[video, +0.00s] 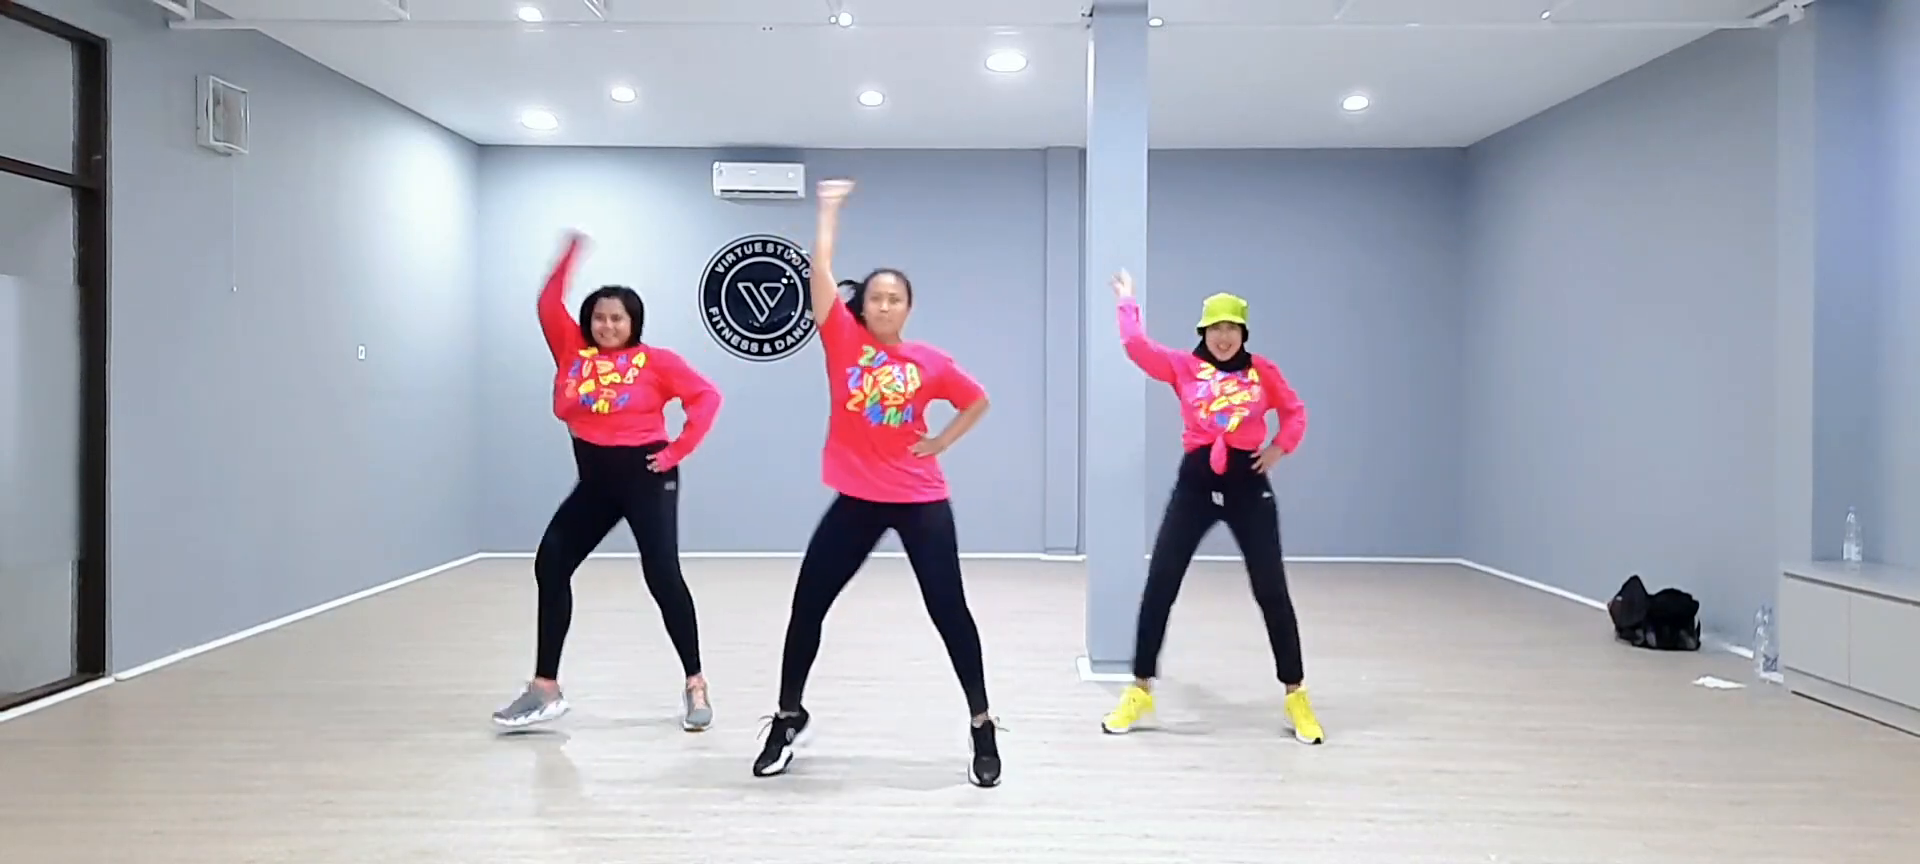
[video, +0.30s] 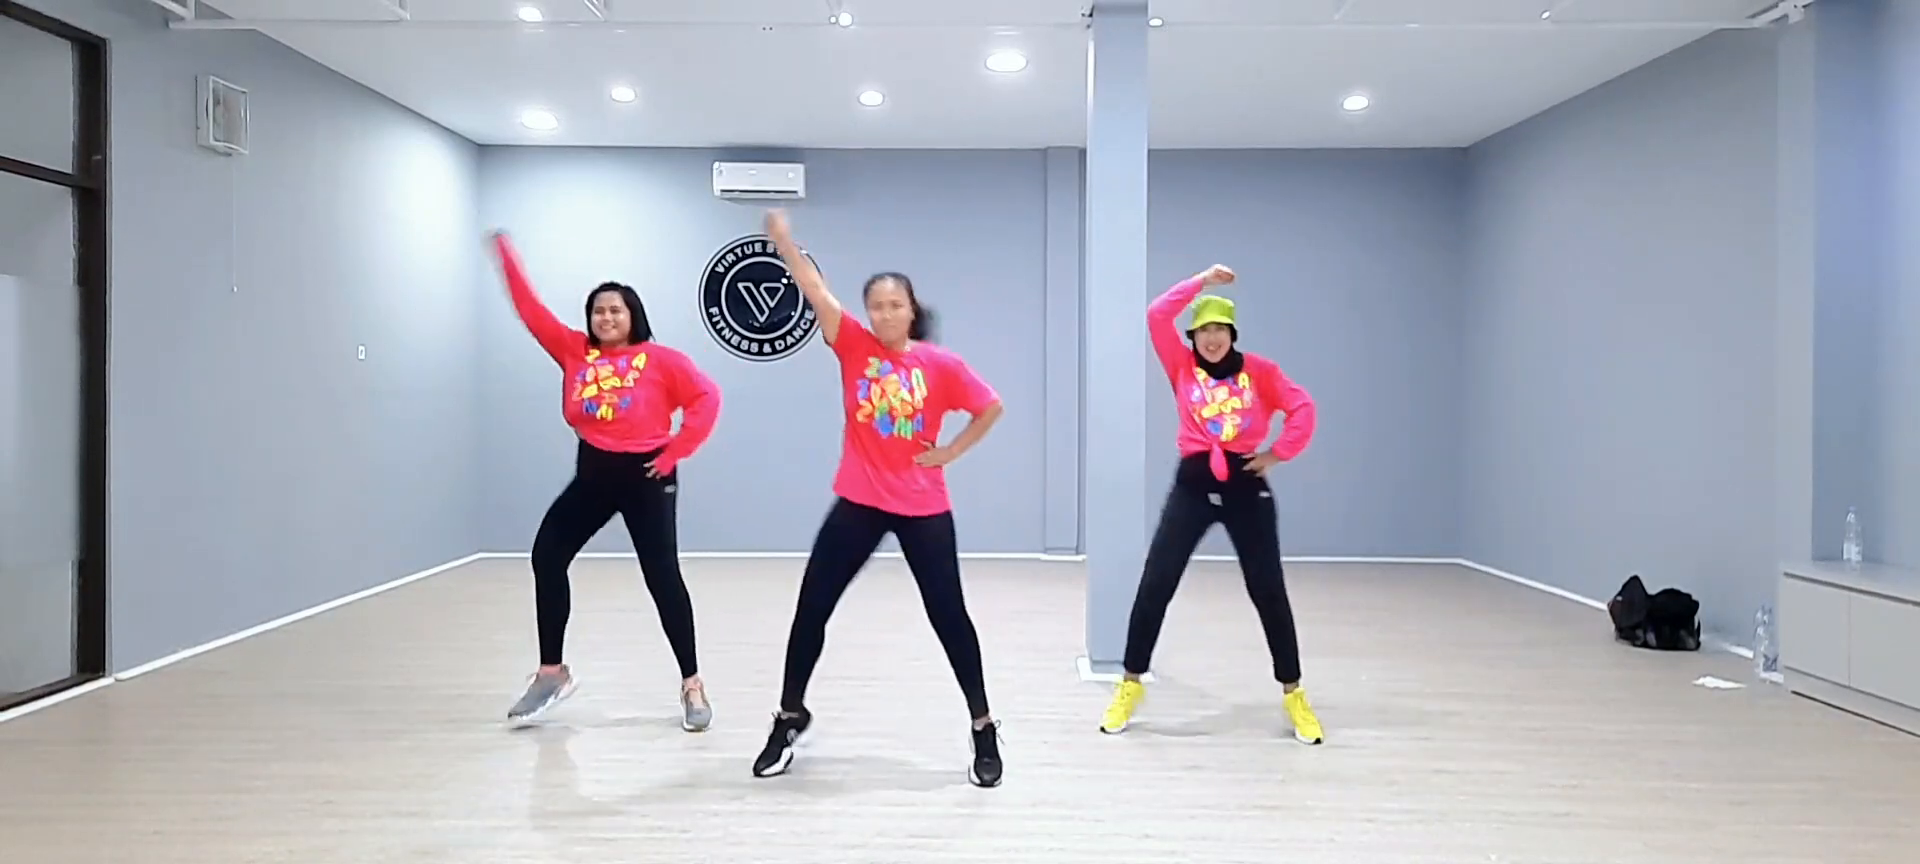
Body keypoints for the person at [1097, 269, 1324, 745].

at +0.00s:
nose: (1224, 337)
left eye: (1232, 329)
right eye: (1216, 329)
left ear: (1243, 334)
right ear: (1204, 333)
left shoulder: (1262, 371)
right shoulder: (1183, 367)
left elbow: (1295, 414)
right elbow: (1135, 343)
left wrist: (1278, 449)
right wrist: (1126, 298)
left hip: (1249, 487)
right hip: (1196, 486)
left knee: (1271, 591)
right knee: (1160, 583)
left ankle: (1296, 696)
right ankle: (1139, 691)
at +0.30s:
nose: (1213, 338)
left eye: (1220, 330)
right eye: (1205, 331)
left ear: (1232, 333)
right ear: (1193, 337)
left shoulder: (1258, 371)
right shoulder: (1182, 368)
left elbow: (1303, 408)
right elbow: (1157, 315)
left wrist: (1276, 454)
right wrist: (1200, 281)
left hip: (1247, 488)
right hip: (1194, 487)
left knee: (1268, 590)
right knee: (1156, 582)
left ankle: (1294, 694)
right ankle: (1130, 686)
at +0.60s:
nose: (1191, 350)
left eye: (1200, 343)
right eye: (1184, 342)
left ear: (1212, 350)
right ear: (1172, 347)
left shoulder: (1228, 392)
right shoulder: (1156, 378)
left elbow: (1251, 442)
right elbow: (1127, 336)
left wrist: (1227, 487)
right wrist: (1153, 314)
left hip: (1193, 501)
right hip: (1142, 492)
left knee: (1235, 595)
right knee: (1127, 595)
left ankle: (1272, 702)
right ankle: (1113, 694)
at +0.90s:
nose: (1223, 330)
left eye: (1231, 323)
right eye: (1215, 322)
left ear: (1243, 330)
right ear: (1201, 327)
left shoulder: (1250, 376)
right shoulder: (1181, 367)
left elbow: (1248, 433)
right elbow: (1150, 419)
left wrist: (1267, 468)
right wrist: (1191, 406)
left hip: (1236, 490)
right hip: (1186, 486)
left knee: (1231, 597)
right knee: (1169, 591)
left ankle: (1221, 698)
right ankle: (1145, 698)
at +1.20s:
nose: (1236, 333)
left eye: (1244, 325)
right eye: (1227, 324)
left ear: (1257, 330)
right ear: (1214, 330)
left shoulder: (1278, 372)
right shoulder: (1196, 373)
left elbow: (1344, 394)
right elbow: (1158, 417)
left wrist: (1298, 383)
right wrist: (1155, 450)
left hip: (1261, 491)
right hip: (1211, 489)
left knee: (1255, 605)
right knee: (1231, 601)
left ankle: (1227, 709)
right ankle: (1232, 731)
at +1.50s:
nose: (1269, 340)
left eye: (1273, 332)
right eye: (1260, 332)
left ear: (1272, 340)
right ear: (1236, 338)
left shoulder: (1263, 391)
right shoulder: (1219, 387)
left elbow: (1269, 457)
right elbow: (1221, 452)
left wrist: (1302, 482)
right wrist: (1280, 440)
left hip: (1262, 512)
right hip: (1240, 512)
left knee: (1260, 621)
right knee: (1289, 630)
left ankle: (1214, 714)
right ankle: (1251, 762)